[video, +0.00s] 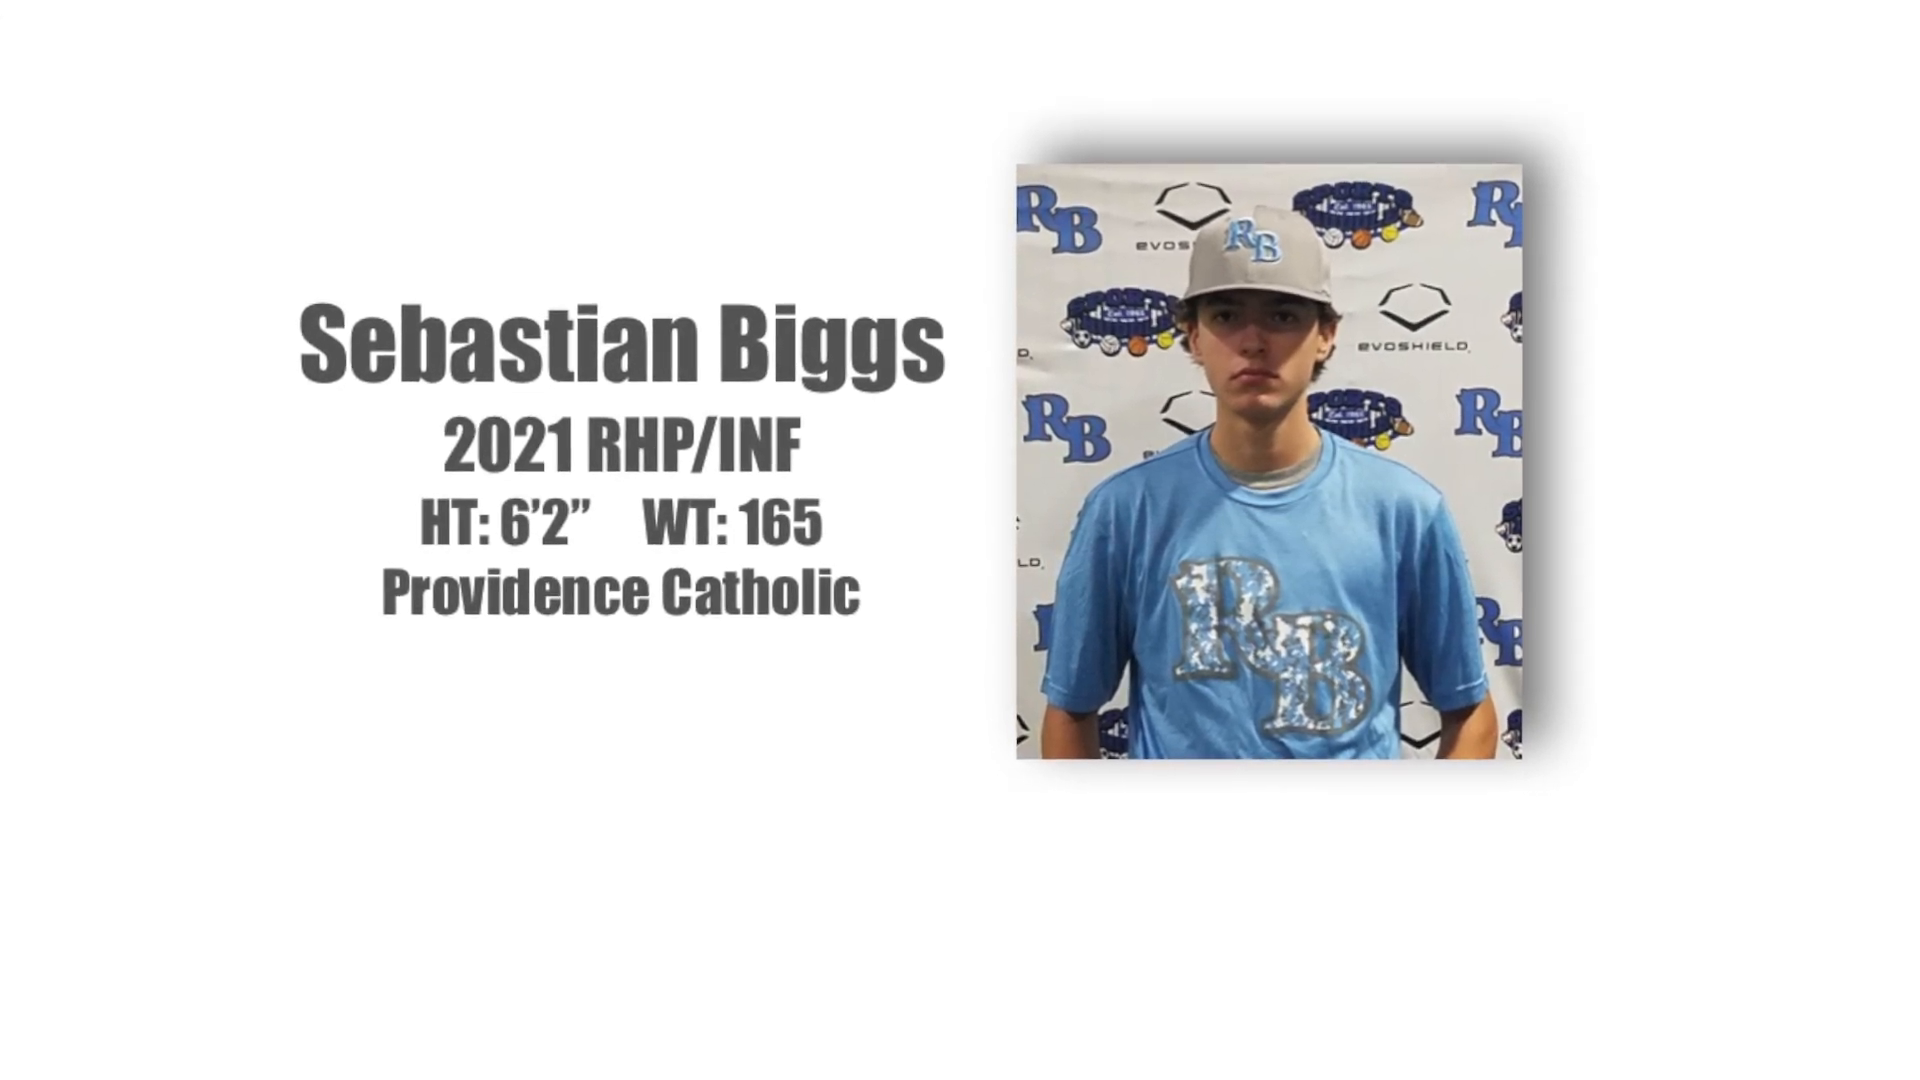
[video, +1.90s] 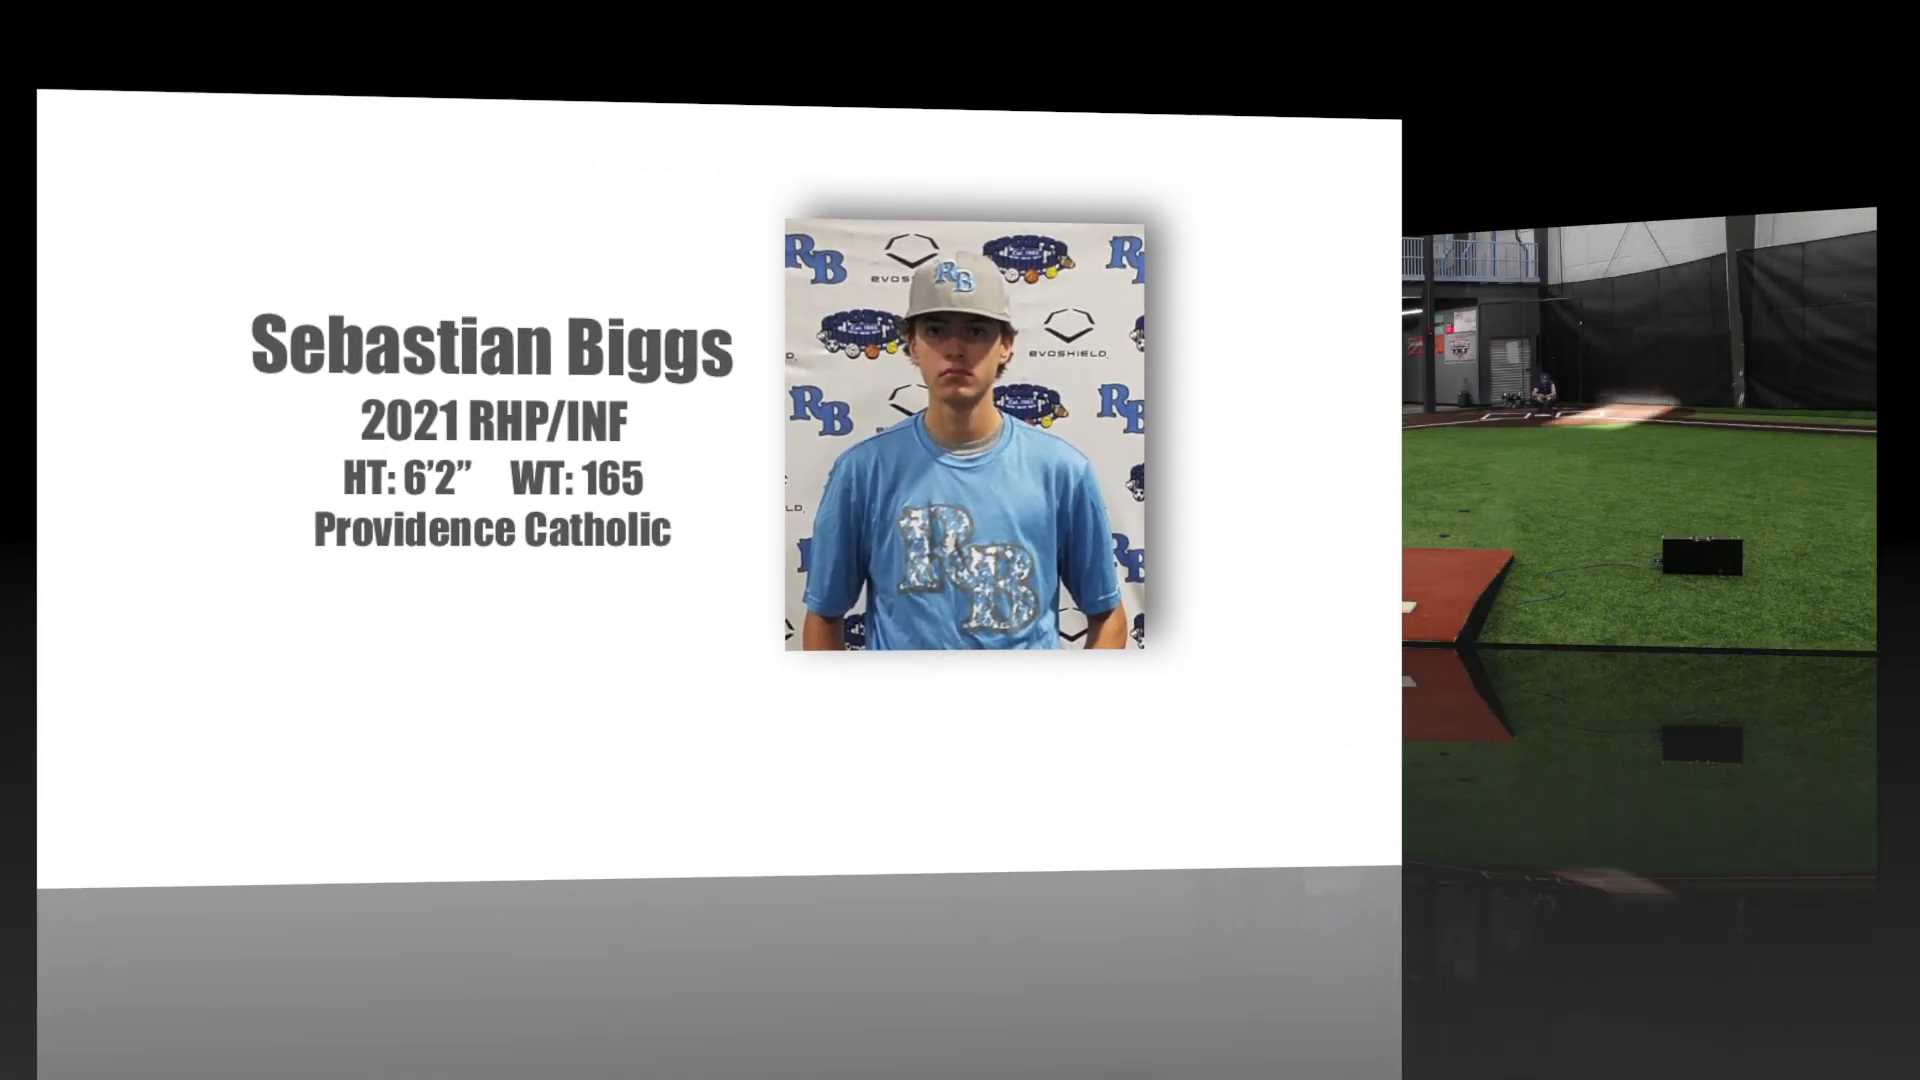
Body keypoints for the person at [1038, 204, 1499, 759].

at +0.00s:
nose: (1254, 340)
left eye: (1282, 316)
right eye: (1229, 316)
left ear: (1324, 337)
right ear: (1193, 338)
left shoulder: (1407, 511)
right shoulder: (1122, 513)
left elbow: (1471, 714)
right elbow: (1071, 716)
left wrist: (1431, 836)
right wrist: (1083, 841)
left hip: (1362, 831)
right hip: (1177, 831)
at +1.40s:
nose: (1209, 338)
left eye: (1237, 314)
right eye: (1186, 315)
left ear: (1278, 336)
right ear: (1151, 336)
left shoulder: (1357, 503)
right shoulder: (1082, 506)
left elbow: (1420, 700)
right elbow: (1032, 702)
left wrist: (1381, 819)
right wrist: (1042, 826)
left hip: (1314, 815)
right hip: (1135, 814)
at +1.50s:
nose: (1167, 340)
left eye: (1194, 317)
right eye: (1144, 317)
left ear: (1232, 337)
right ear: (1111, 337)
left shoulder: (1308, 497)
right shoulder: (1044, 501)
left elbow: (1367, 685)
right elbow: (998, 687)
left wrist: (1331, 800)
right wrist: (1007, 805)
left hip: (1266, 799)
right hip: (1096, 799)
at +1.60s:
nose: (1117, 342)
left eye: (1142, 320)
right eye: (1096, 320)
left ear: (1179, 339)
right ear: (1064, 339)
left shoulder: (1249, 491)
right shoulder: (1002, 494)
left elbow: (1306, 668)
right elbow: (958, 671)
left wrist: (1273, 776)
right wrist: (965, 782)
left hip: (1211, 775)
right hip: (1050, 776)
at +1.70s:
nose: (1064, 344)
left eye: (1087, 324)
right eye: (1044, 324)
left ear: (1121, 343)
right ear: (1014, 341)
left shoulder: (1188, 484)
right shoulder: (955, 486)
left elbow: (1240, 650)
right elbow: (914, 652)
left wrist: (1210, 753)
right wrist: (921, 757)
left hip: (1151, 752)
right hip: (1001, 752)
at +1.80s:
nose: (1009, 346)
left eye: (1031, 327)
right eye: (990, 327)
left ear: (1063, 344)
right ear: (963, 343)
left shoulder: (1125, 478)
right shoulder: (908, 479)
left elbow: (1173, 633)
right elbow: (869, 634)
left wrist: (1146, 728)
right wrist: (874, 732)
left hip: (1091, 725)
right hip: (951, 726)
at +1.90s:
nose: (956, 349)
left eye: (976, 331)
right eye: (938, 331)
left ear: (1005, 347)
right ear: (912, 345)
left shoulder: (1063, 471)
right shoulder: (861, 473)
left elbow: (1108, 616)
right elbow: (824, 618)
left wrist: (1081, 706)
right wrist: (829, 711)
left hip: (1031, 703)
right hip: (901, 704)